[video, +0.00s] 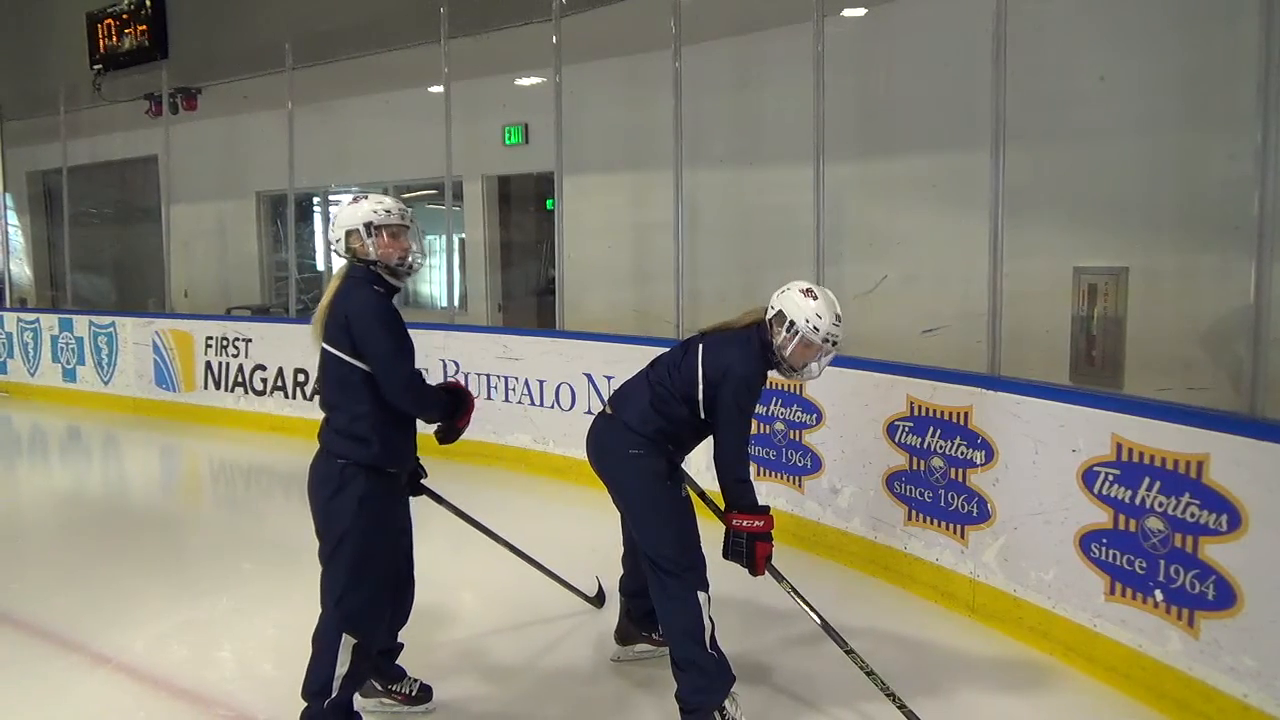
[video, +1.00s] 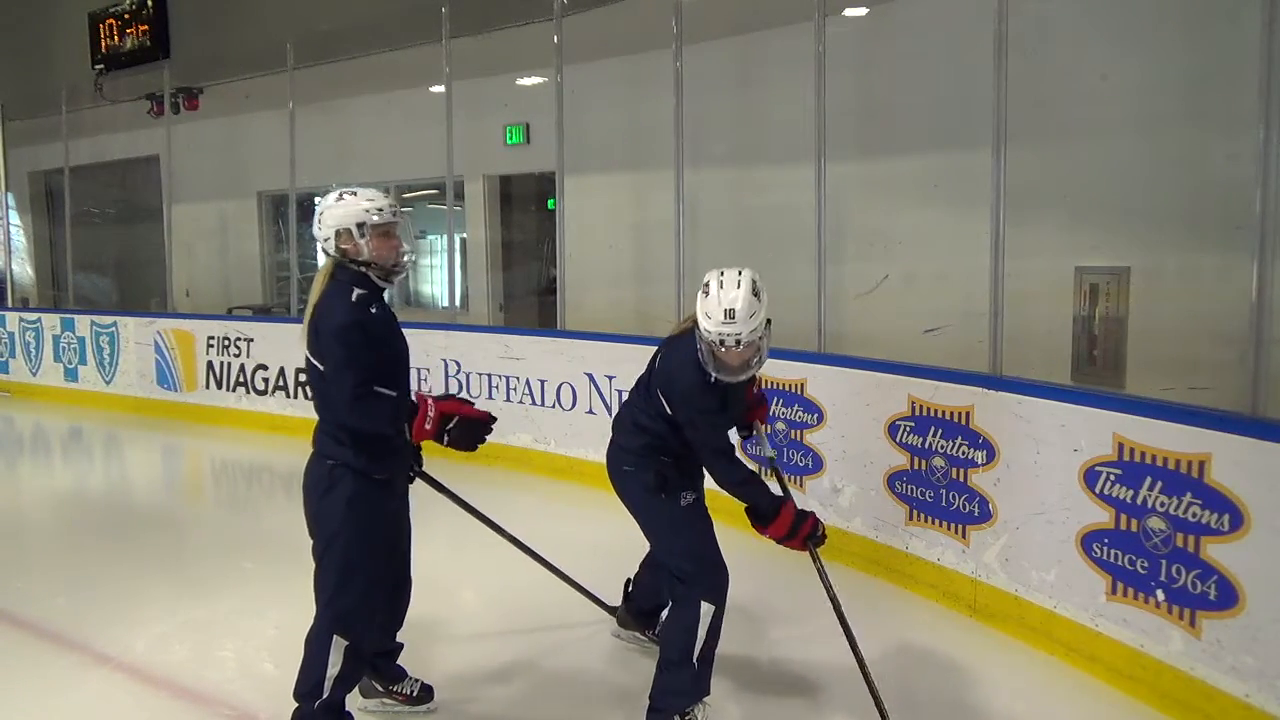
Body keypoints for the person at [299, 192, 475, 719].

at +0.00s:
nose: (403, 245)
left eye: (406, 235)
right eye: (391, 235)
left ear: (407, 239)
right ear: (360, 241)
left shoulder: (363, 295)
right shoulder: (363, 299)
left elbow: (367, 394)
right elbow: (401, 388)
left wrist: (401, 460)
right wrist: (452, 401)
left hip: (373, 468)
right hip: (352, 472)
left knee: (390, 578)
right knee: (351, 594)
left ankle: (377, 668)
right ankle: (327, 707)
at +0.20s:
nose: (399, 244)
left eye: (401, 234)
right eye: (385, 235)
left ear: (404, 238)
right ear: (354, 241)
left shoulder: (361, 294)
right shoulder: (357, 299)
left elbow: (366, 394)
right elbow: (397, 389)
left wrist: (400, 459)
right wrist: (447, 401)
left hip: (373, 469)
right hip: (350, 473)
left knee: (389, 579)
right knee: (349, 595)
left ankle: (377, 671)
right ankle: (321, 707)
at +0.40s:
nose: (398, 245)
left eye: (400, 234)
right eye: (384, 235)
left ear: (402, 237)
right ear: (353, 241)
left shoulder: (359, 294)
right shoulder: (356, 300)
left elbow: (363, 394)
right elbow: (396, 392)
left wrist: (400, 457)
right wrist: (447, 400)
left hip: (372, 470)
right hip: (348, 474)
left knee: (388, 579)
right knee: (347, 597)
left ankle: (377, 672)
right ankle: (318, 708)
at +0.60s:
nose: (402, 246)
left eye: (401, 235)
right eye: (390, 236)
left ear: (365, 243)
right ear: (356, 241)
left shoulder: (359, 294)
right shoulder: (354, 300)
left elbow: (357, 396)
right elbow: (385, 395)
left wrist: (400, 454)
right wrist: (441, 403)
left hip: (372, 469)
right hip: (348, 474)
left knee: (387, 577)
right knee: (349, 597)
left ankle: (377, 673)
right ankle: (318, 708)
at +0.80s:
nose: (401, 244)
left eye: (399, 233)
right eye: (389, 235)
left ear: (367, 241)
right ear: (356, 242)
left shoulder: (359, 295)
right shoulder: (351, 304)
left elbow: (373, 391)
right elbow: (370, 399)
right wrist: (435, 410)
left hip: (373, 469)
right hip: (350, 475)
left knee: (386, 579)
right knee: (348, 599)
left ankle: (377, 672)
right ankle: (317, 708)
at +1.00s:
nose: (395, 244)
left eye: (396, 233)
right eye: (381, 235)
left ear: (393, 236)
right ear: (347, 242)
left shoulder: (367, 296)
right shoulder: (340, 305)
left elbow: (376, 390)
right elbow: (345, 402)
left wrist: (424, 423)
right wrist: (423, 419)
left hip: (377, 468)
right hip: (346, 473)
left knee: (387, 579)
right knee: (346, 601)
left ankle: (377, 670)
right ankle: (318, 708)